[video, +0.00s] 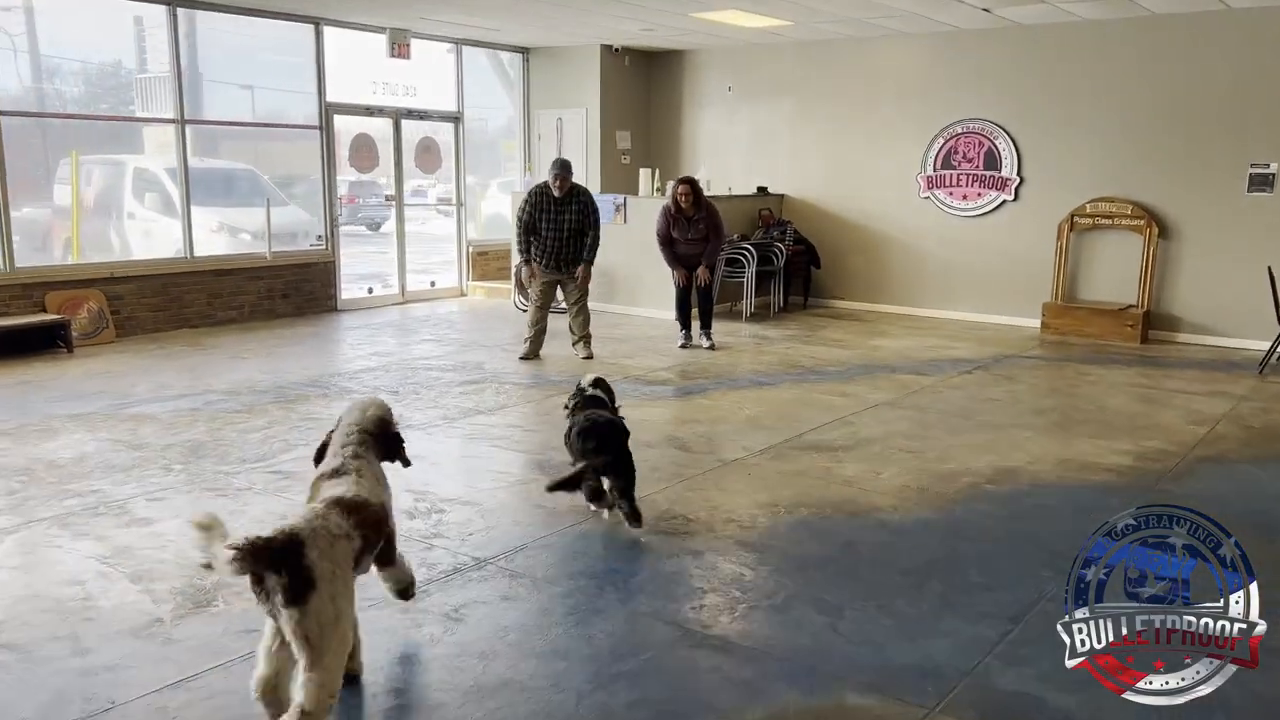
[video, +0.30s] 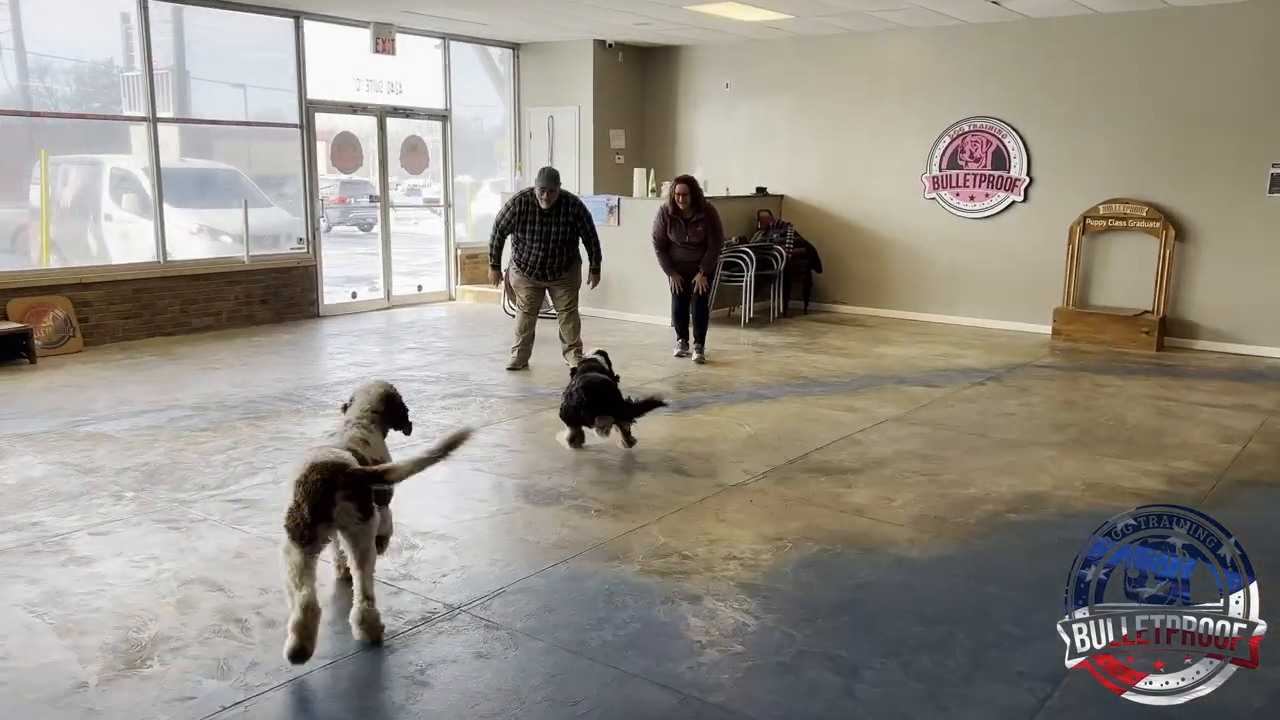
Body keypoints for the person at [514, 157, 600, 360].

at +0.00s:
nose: (558, 183)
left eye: (563, 179)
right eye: (554, 178)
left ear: (571, 177)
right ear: (549, 177)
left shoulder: (583, 196)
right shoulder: (536, 195)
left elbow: (594, 231)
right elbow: (522, 228)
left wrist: (587, 263)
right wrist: (526, 261)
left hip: (573, 265)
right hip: (543, 264)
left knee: (578, 308)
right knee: (537, 308)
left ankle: (583, 346)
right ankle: (531, 347)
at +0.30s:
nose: (545, 196)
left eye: (551, 192)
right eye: (541, 191)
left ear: (559, 188)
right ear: (535, 187)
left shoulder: (573, 206)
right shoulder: (519, 203)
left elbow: (590, 236)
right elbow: (498, 231)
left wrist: (595, 267)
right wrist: (494, 266)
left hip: (564, 269)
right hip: (527, 268)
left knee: (568, 314)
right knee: (525, 314)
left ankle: (574, 359)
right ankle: (519, 357)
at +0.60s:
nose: (537, 209)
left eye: (543, 205)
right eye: (534, 204)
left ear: (553, 202)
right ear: (528, 200)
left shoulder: (567, 215)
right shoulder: (514, 215)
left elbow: (588, 249)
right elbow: (499, 252)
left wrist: (595, 286)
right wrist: (500, 290)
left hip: (562, 275)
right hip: (524, 273)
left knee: (566, 320)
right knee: (521, 320)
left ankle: (572, 369)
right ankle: (514, 367)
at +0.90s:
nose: (533, 223)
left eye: (539, 220)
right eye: (530, 217)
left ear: (552, 217)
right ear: (525, 212)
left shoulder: (566, 226)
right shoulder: (513, 225)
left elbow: (592, 262)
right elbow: (499, 264)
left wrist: (614, 297)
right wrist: (499, 302)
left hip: (563, 281)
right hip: (525, 280)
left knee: (567, 324)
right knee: (520, 326)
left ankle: (573, 372)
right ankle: (514, 374)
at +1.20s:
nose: (547, 224)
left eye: (554, 220)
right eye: (544, 218)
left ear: (566, 217)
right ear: (539, 212)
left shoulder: (584, 230)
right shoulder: (524, 228)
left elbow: (590, 276)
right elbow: (512, 268)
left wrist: (573, 310)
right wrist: (521, 307)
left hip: (578, 287)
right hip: (542, 286)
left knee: (584, 330)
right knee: (534, 331)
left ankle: (590, 383)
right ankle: (527, 384)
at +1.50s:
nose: (569, 217)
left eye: (577, 212)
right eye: (565, 210)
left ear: (589, 208)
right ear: (559, 205)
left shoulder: (607, 225)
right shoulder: (543, 223)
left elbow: (619, 271)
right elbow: (531, 267)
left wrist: (596, 307)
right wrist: (548, 307)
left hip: (603, 290)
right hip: (564, 289)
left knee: (608, 335)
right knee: (557, 336)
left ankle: (615, 392)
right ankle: (550, 392)